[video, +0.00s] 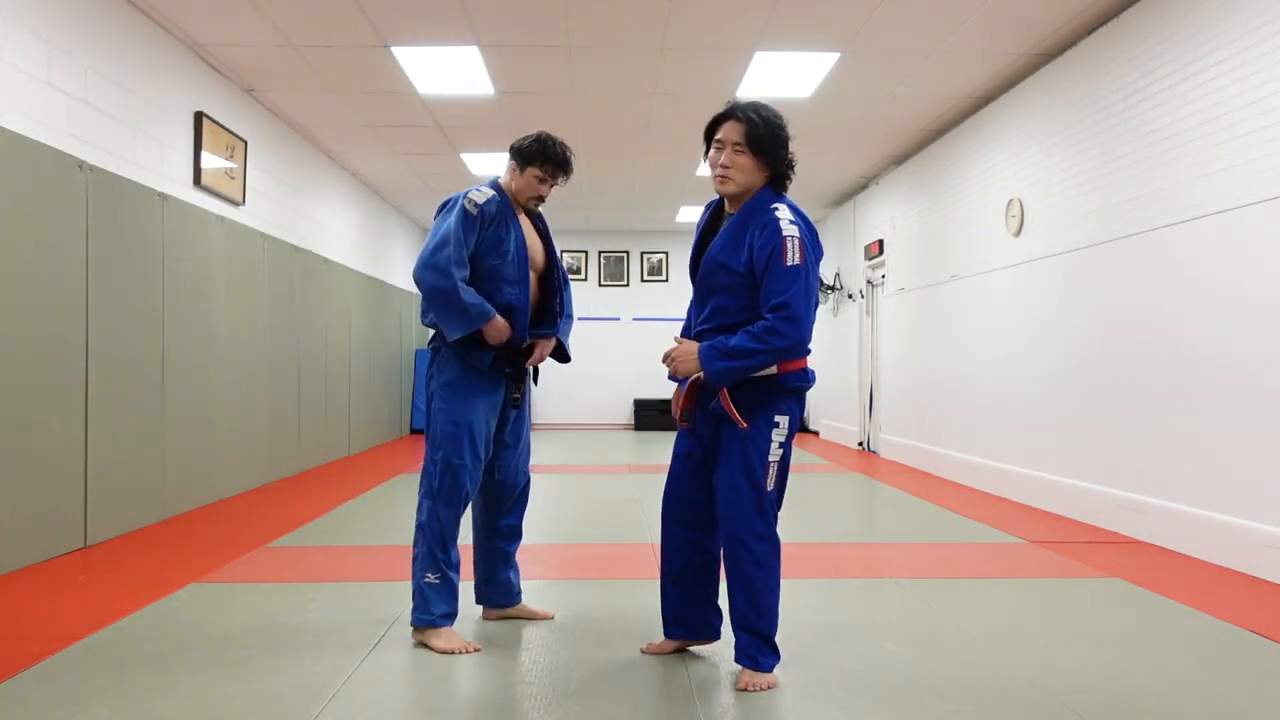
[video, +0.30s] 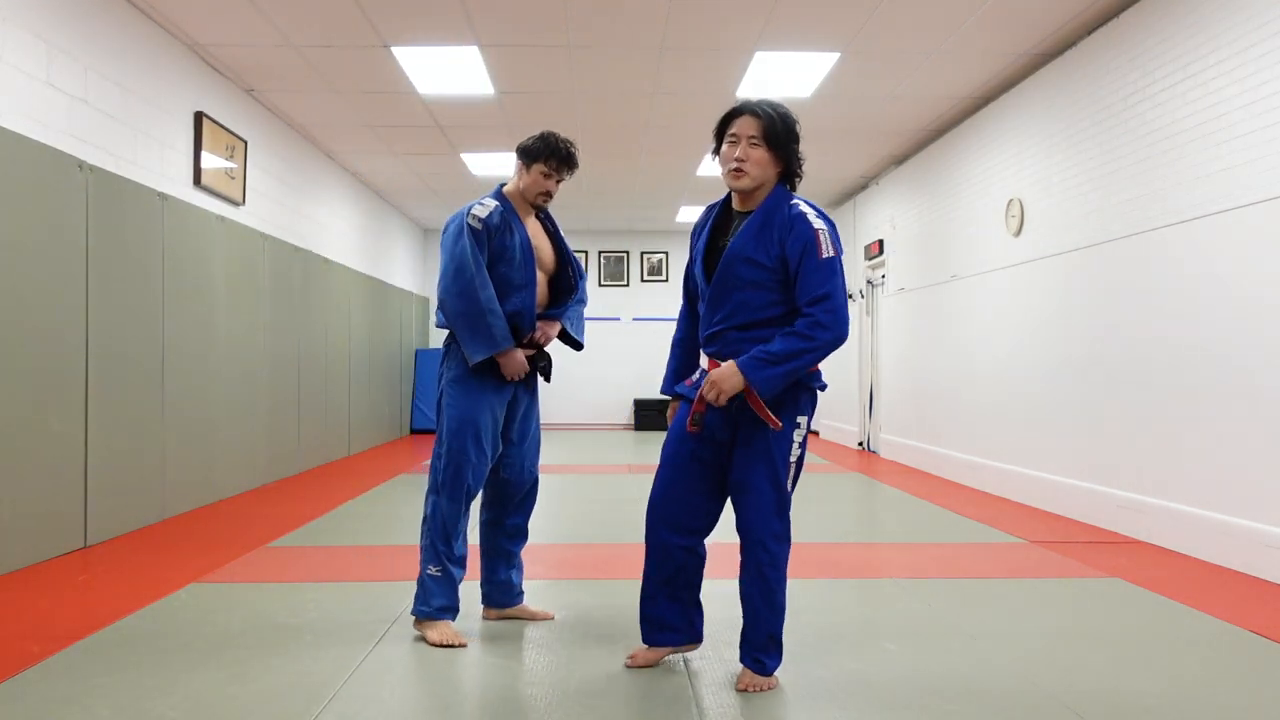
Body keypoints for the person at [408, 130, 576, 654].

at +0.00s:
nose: (546, 190)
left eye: (553, 183)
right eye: (542, 178)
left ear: (551, 183)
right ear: (517, 167)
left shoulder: (535, 223)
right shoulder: (474, 204)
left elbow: (556, 287)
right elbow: (434, 271)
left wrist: (549, 333)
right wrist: (484, 317)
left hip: (512, 374)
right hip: (464, 368)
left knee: (506, 488)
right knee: (449, 488)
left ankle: (500, 599)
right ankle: (431, 620)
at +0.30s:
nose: (551, 186)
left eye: (559, 179)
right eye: (545, 174)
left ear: (561, 182)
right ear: (521, 167)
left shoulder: (545, 226)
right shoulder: (477, 219)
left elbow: (573, 280)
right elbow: (462, 290)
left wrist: (557, 318)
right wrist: (502, 349)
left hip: (522, 371)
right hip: (475, 369)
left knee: (514, 486)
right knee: (455, 485)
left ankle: (503, 598)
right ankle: (433, 611)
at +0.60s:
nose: (539, 180)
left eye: (546, 173)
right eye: (532, 169)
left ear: (548, 176)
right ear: (507, 165)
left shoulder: (535, 224)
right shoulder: (471, 220)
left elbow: (564, 283)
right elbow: (455, 291)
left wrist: (553, 320)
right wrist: (501, 344)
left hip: (518, 372)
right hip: (473, 370)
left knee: (511, 487)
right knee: (456, 488)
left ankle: (502, 599)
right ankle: (433, 611)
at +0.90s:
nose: (508, 167)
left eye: (515, 159)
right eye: (498, 157)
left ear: (522, 165)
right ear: (475, 160)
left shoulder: (520, 221)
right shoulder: (448, 223)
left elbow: (548, 281)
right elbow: (448, 303)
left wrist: (543, 327)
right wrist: (490, 360)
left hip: (511, 372)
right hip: (457, 373)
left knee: (503, 489)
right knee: (444, 492)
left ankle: (501, 599)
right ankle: (428, 613)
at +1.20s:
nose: (483, 163)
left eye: (490, 153)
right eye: (473, 153)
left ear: (496, 159)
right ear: (448, 158)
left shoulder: (507, 219)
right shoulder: (426, 226)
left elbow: (533, 276)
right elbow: (426, 309)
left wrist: (519, 317)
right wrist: (459, 373)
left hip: (492, 374)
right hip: (437, 377)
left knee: (495, 492)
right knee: (428, 496)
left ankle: (500, 598)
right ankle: (422, 616)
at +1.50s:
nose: (470, 158)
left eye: (478, 149)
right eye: (459, 148)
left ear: (484, 156)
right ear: (435, 154)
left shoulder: (499, 218)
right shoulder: (410, 225)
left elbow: (527, 273)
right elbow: (402, 307)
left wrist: (510, 312)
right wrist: (444, 371)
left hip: (480, 372)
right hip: (423, 376)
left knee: (492, 487)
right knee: (422, 496)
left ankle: (500, 597)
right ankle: (421, 617)